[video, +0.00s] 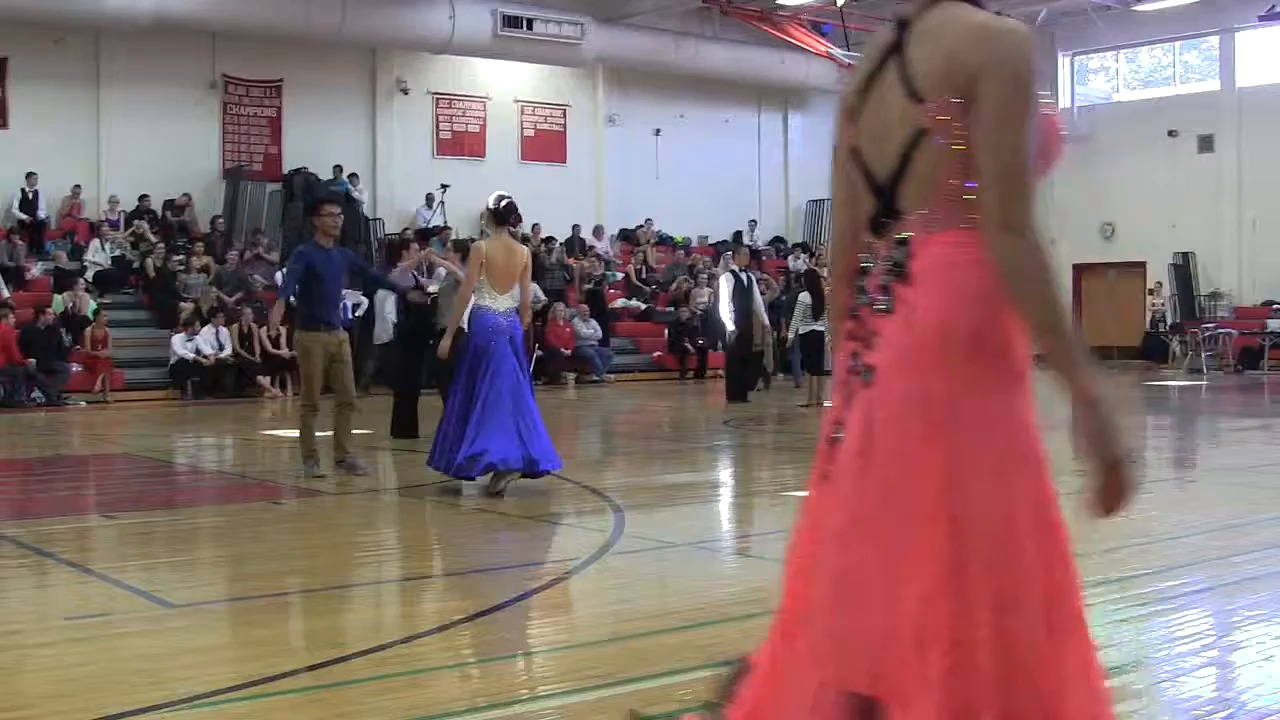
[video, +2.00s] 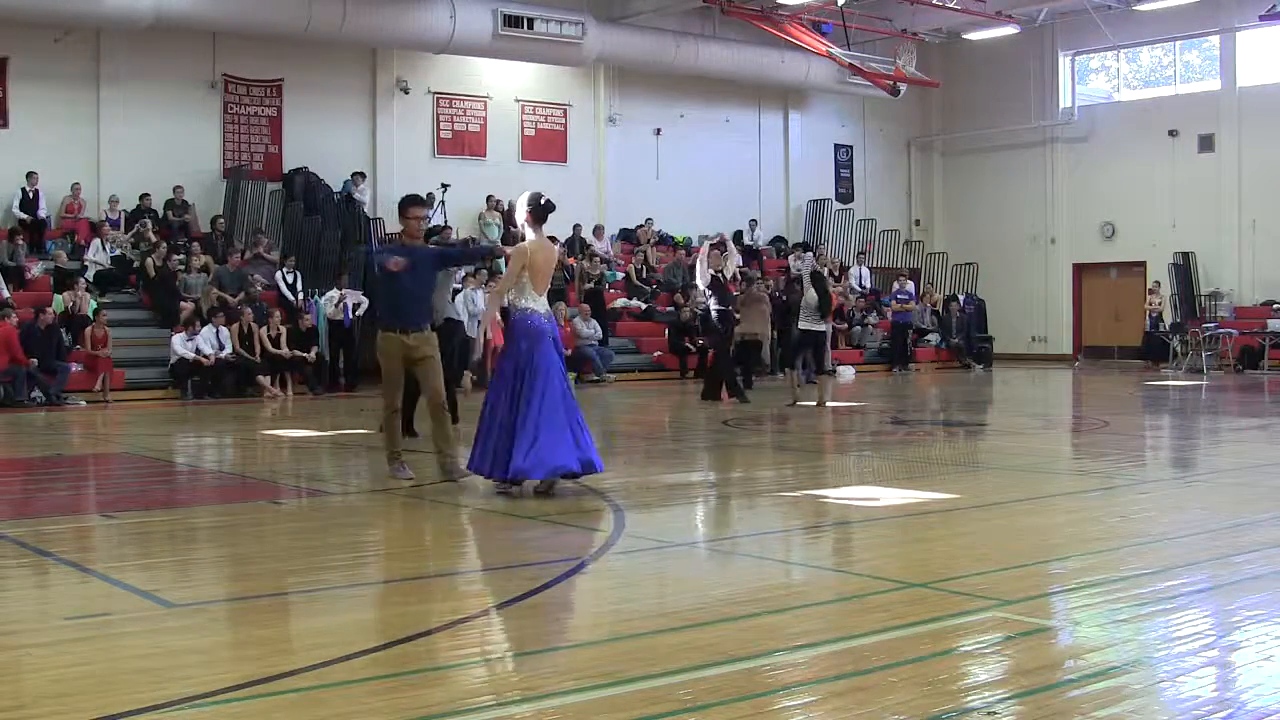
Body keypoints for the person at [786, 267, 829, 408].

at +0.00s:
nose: (802, 282)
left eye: (803, 279)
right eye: (803, 279)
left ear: (805, 281)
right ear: (818, 281)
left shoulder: (804, 296)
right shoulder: (822, 296)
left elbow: (797, 317)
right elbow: (826, 317)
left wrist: (790, 335)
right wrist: (829, 333)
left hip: (807, 332)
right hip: (820, 332)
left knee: (810, 368)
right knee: (818, 368)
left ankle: (811, 398)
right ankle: (819, 398)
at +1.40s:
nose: (801, 281)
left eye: (802, 279)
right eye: (802, 279)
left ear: (805, 279)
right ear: (817, 279)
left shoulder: (802, 294)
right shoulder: (822, 293)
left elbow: (795, 312)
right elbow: (823, 314)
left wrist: (789, 326)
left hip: (807, 331)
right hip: (820, 331)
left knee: (811, 367)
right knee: (818, 367)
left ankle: (811, 397)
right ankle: (820, 397)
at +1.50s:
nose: (801, 282)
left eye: (802, 279)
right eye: (802, 279)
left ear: (805, 279)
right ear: (817, 279)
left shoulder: (801, 293)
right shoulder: (822, 293)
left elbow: (792, 310)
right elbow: (822, 313)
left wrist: (789, 316)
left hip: (807, 331)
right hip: (820, 330)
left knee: (810, 367)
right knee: (818, 367)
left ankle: (811, 398)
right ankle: (820, 398)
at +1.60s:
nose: (800, 282)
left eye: (801, 279)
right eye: (800, 279)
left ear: (806, 279)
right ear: (817, 278)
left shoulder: (804, 291)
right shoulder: (822, 292)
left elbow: (786, 297)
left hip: (808, 331)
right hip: (820, 331)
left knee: (810, 368)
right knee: (817, 368)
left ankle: (811, 398)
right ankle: (820, 398)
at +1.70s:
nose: (804, 283)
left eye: (805, 279)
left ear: (808, 279)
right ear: (818, 278)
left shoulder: (808, 290)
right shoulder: (826, 292)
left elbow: (793, 281)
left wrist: (792, 276)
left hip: (807, 330)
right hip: (821, 330)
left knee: (802, 364)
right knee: (818, 367)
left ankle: (806, 396)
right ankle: (821, 398)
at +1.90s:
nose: (807, 281)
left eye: (808, 279)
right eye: (807, 278)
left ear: (811, 281)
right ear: (822, 280)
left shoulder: (809, 292)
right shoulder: (828, 295)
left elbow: (804, 274)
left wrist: (799, 257)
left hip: (807, 330)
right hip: (821, 331)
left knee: (795, 359)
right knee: (820, 367)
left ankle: (795, 392)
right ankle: (821, 398)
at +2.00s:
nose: (808, 282)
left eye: (809, 280)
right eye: (809, 279)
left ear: (812, 281)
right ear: (824, 282)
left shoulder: (809, 292)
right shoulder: (828, 296)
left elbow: (805, 272)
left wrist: (808, 256)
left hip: (805, 330)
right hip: (820, 331)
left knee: (791, 360)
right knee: (820, 367)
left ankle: (794, 393)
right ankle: (821, 398)